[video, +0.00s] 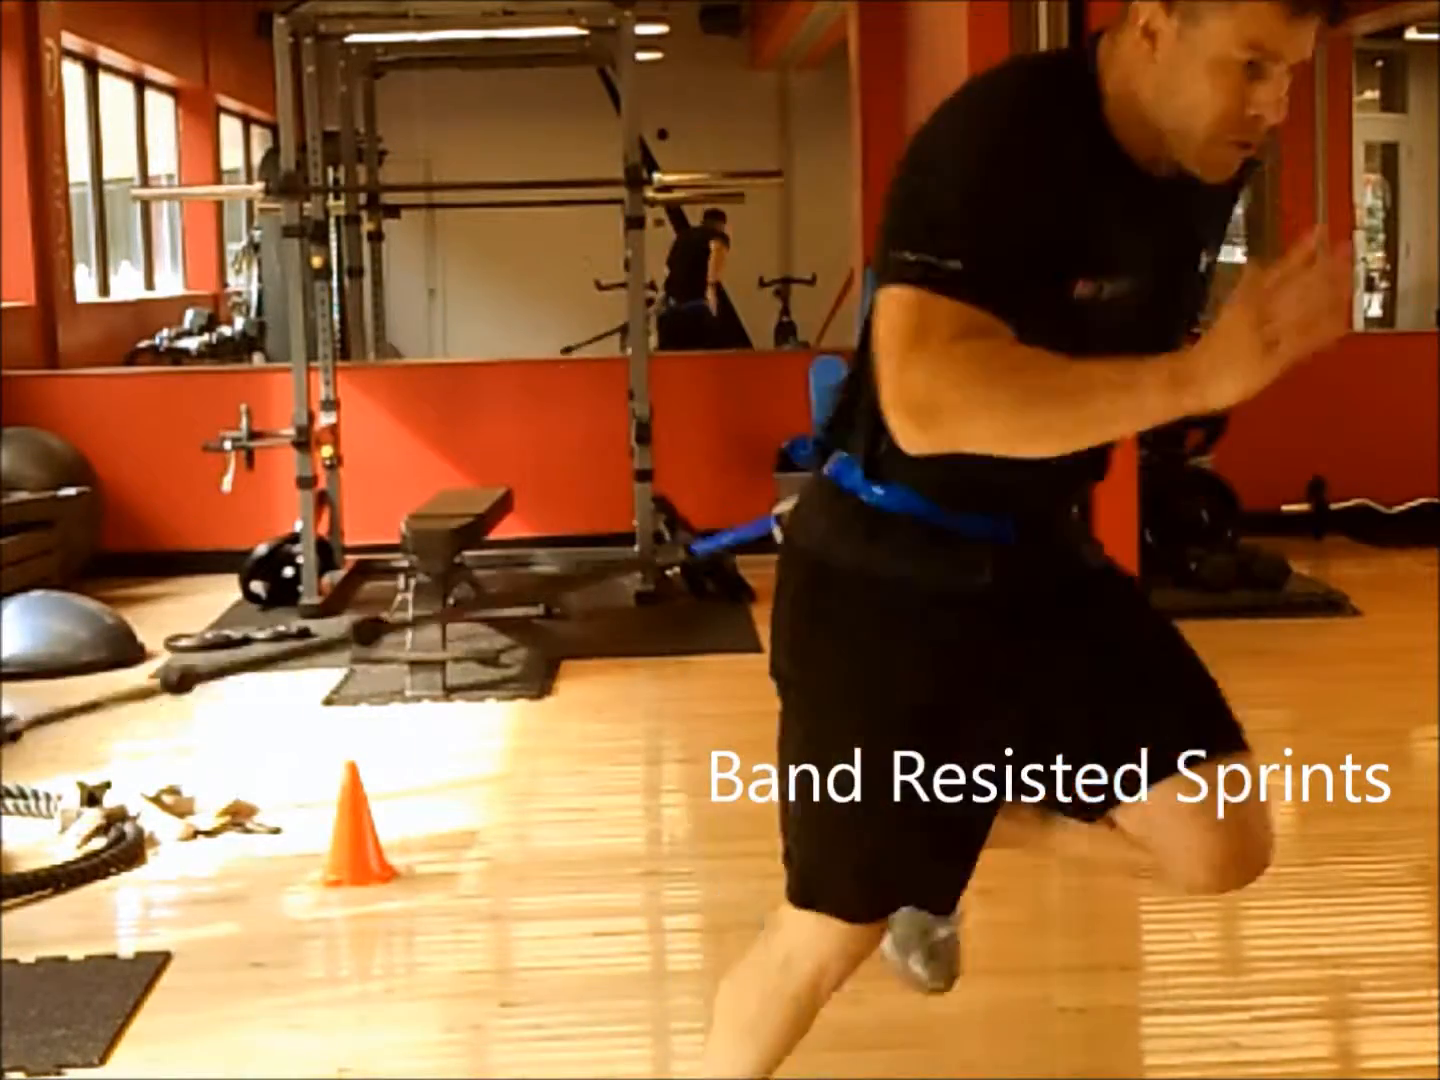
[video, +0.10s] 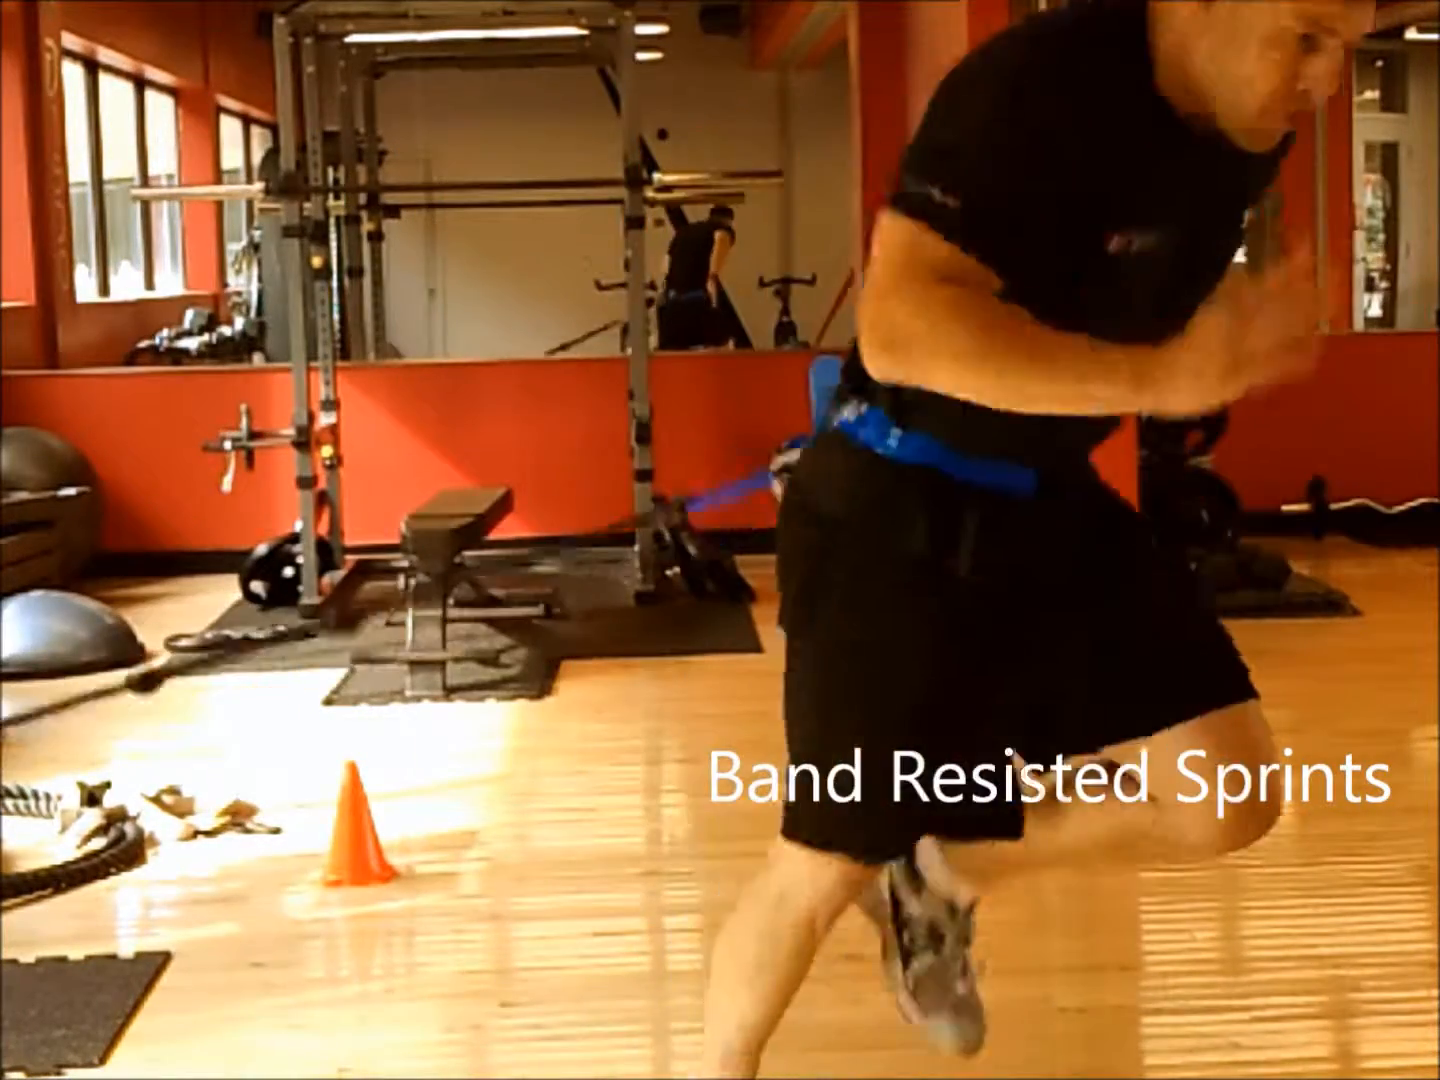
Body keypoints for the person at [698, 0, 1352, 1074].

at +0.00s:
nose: (1276, 110)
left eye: (1292, 74)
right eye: (1252, 67)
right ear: (1142, 31)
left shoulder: (1207, 164)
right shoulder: (991, 132)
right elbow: (930, 394)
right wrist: (1197, 374)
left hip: (1044, 556)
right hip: (880, 562)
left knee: (1218, 844)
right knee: (836, 922)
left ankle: (946, 812)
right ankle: (719, 1070)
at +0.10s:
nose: (1328, 87)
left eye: (1349, 54)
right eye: (1310, 40)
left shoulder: (1246, 132)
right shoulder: (1023, 83)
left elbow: (1135, 309)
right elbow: (898, 324)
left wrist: (1230, 348)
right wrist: (1160, 370)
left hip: (1050, 489)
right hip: (890, 489)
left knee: (1223, 790)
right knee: (837, 848)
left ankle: (944, 869)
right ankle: (719, 1065)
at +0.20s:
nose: (1367, 28)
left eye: (1386, 6)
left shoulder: (1307, 99)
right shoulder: (1035, 36)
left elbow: (1219, 246)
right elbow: (840, 213)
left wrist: (1209, 420)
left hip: (1073, 447)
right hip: (912, 440)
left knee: (1095, 823)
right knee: (952, 847)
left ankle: (895, 1005)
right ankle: (698, 988)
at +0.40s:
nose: (1337, 103)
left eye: (1360, 70)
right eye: (1319, 57)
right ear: (1220, 17)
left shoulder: (1303, 167)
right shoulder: (1009, 91)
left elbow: (1299, 343)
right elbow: (772, 173)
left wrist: (1376, 415)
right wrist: (682, 409)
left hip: (1066, 525)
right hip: (924, 511)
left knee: (964, 834)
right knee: (1068, 859)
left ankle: (836, 1043)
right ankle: (787, 864)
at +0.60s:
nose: (1311, 99)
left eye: (1326, 64)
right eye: (1289, 56)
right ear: (1179, 21)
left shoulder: (1231, 157)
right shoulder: (1022, 114)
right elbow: (960, 381)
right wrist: (1237, 361)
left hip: (1065, 549)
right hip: (902, 554)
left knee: (1264, 837)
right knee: (838, 904)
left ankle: (980, 812)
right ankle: (702, 1072)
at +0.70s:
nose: (1346, 100)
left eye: (1365, 70)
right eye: (1331, 54)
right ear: (1225, 8)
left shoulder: (1256, 148)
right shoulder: (1041, 95)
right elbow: (923, 343)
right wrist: (1196, 370)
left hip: (1070, 512)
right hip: (908, 513)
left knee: (1264, 801)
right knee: (840, 851)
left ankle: (971, 873)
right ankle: (708, 1067)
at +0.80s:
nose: (1402, 29)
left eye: (1416, 8)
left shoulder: (1328, 107)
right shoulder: (1069, 40)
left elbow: (1218, 274)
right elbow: (866, 238)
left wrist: (1203, 459)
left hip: (1102, 455)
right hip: (933, 445)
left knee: (1101, 836)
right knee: (944, 864)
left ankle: (907, 1026)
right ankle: (716, 1037)